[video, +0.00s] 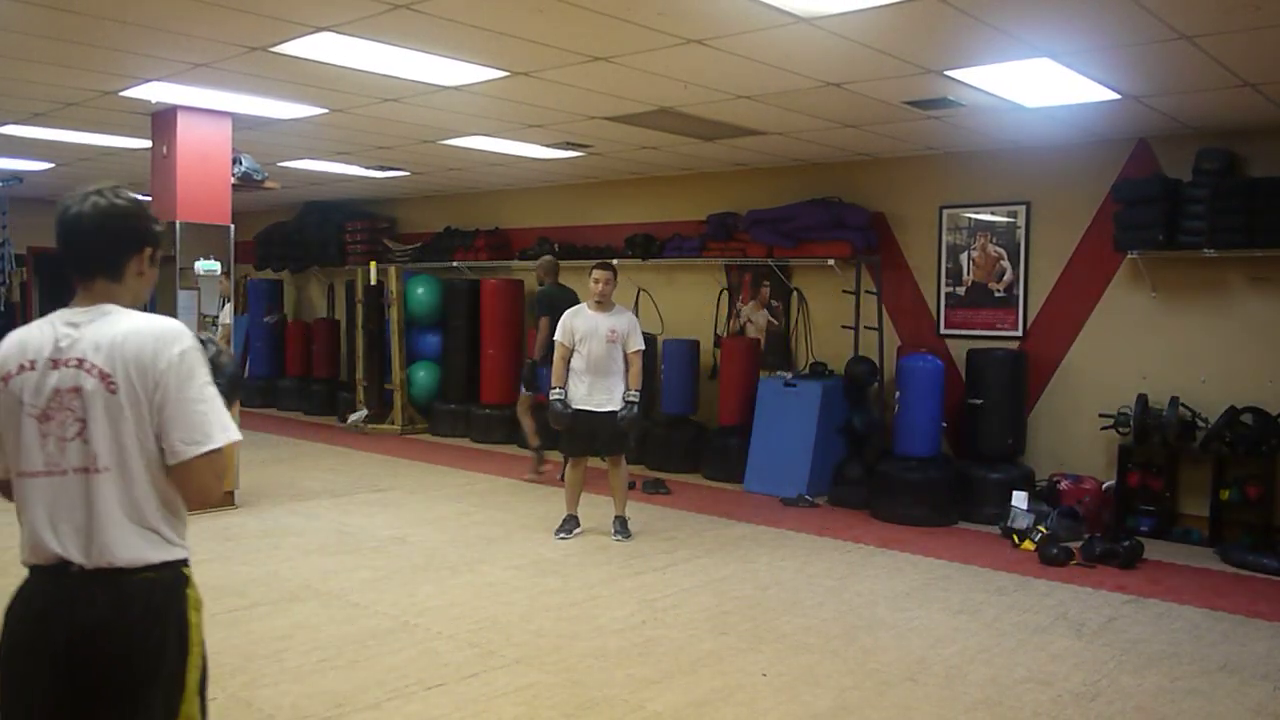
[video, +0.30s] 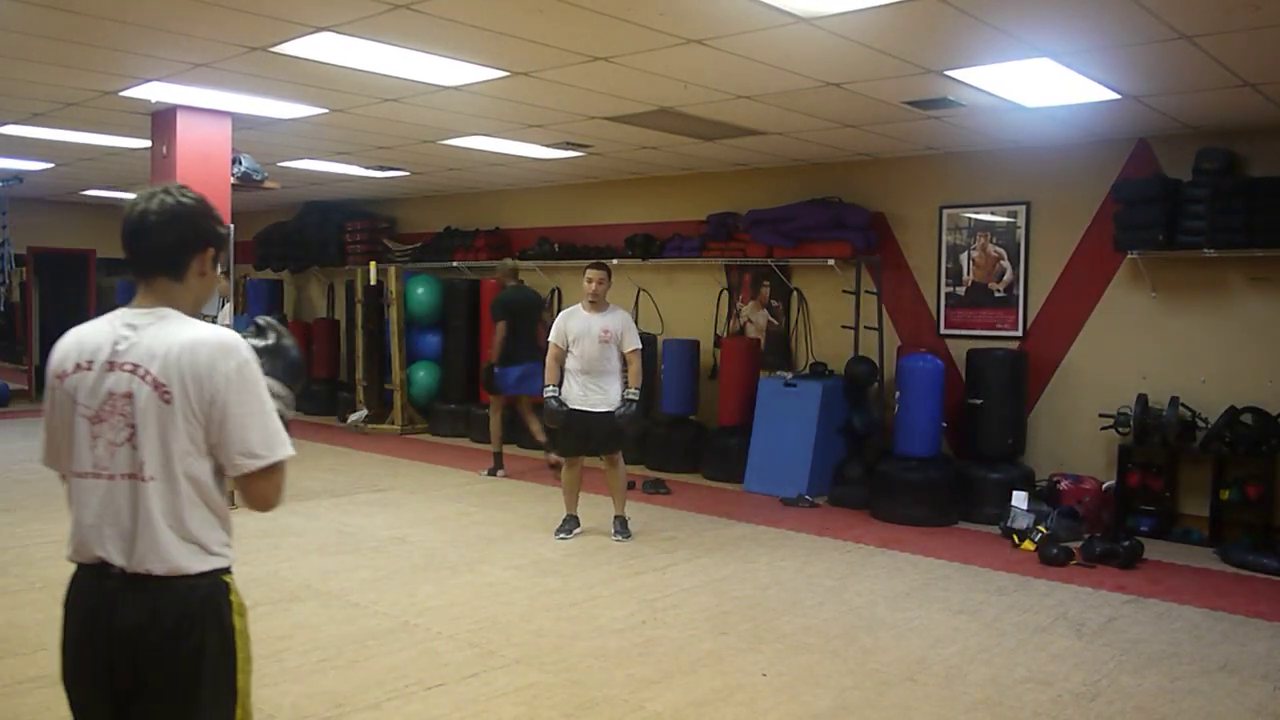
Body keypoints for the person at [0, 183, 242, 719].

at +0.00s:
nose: (153, 273)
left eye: (155, 260)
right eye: (155, 260)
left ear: (71, 258)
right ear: (142, 262)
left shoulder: (14, 349)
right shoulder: (163, 341)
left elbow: (9, 481)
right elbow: (206, 489)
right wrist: (213, 407)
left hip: (43, 603)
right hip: (147, 610)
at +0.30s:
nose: (218, 277)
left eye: (219, 263)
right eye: (218, 263)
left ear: (136, 255)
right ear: (203, 262)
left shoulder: (71, 348)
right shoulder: (218, 351)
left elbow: (67, 467)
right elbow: (263, 494)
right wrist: (265, 394)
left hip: (92, 606)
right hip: (190, 613)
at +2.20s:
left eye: (504, 286)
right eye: (562, 280)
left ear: (509, 287)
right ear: (558, 284)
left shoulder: (489, 337)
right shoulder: (591, 332)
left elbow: (476, 413)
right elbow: (637, 402)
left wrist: (529, 410)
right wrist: (584, 396)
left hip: (507, 503)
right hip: (575, 505)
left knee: (506, 634)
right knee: (605, 633)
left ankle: (492, 718)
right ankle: (595, 716)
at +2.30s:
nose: (529, 292)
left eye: (526, 286)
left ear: (529, 287)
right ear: (579, 282)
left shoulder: (511, 333)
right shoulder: (612, 333)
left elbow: (495, 406)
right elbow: (654, 397)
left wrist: (548, 400)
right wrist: (600, 390)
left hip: (526, 502)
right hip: (593, 505)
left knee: (514, 632)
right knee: (622, 631)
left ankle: (494, 718)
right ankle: (643, 717)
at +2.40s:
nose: (548, 297)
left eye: (549, 291)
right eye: (548, 291)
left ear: (556, 291)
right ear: (601, 286)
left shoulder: (538, 337)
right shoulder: (640, 338)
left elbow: (519, 405)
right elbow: (676, 397)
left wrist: (574, 399)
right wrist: (618, 386)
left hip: (553, 503)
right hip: (619, 505)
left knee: (526, 632)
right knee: (642, 633)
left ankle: (500, 716)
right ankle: (659, 718)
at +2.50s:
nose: (571, 302)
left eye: (570, 294)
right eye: (569, 295)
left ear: (579, 293)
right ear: (627, 288)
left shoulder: (566, 340)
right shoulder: (667, 337)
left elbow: (545, 407)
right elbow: (697, 398)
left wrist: (597, 398)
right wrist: (647, 383)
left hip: (580, 503)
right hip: (646, 503)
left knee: (542, 623)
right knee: (655, 628)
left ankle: (510, 716)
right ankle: (663, 718)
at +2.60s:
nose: (596, 300)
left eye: (594, 292)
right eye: (596, 293)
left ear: (602, 290)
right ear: (645, 283)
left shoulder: (588, 338)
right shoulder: (688, 334)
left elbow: (577, 410)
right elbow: (711, 411)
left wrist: (626, 401)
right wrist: (663, 381)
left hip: (601, 498)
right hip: (665, 498)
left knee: (558, 614)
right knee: (661, 626)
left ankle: (525, 715)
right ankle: (664, 718)